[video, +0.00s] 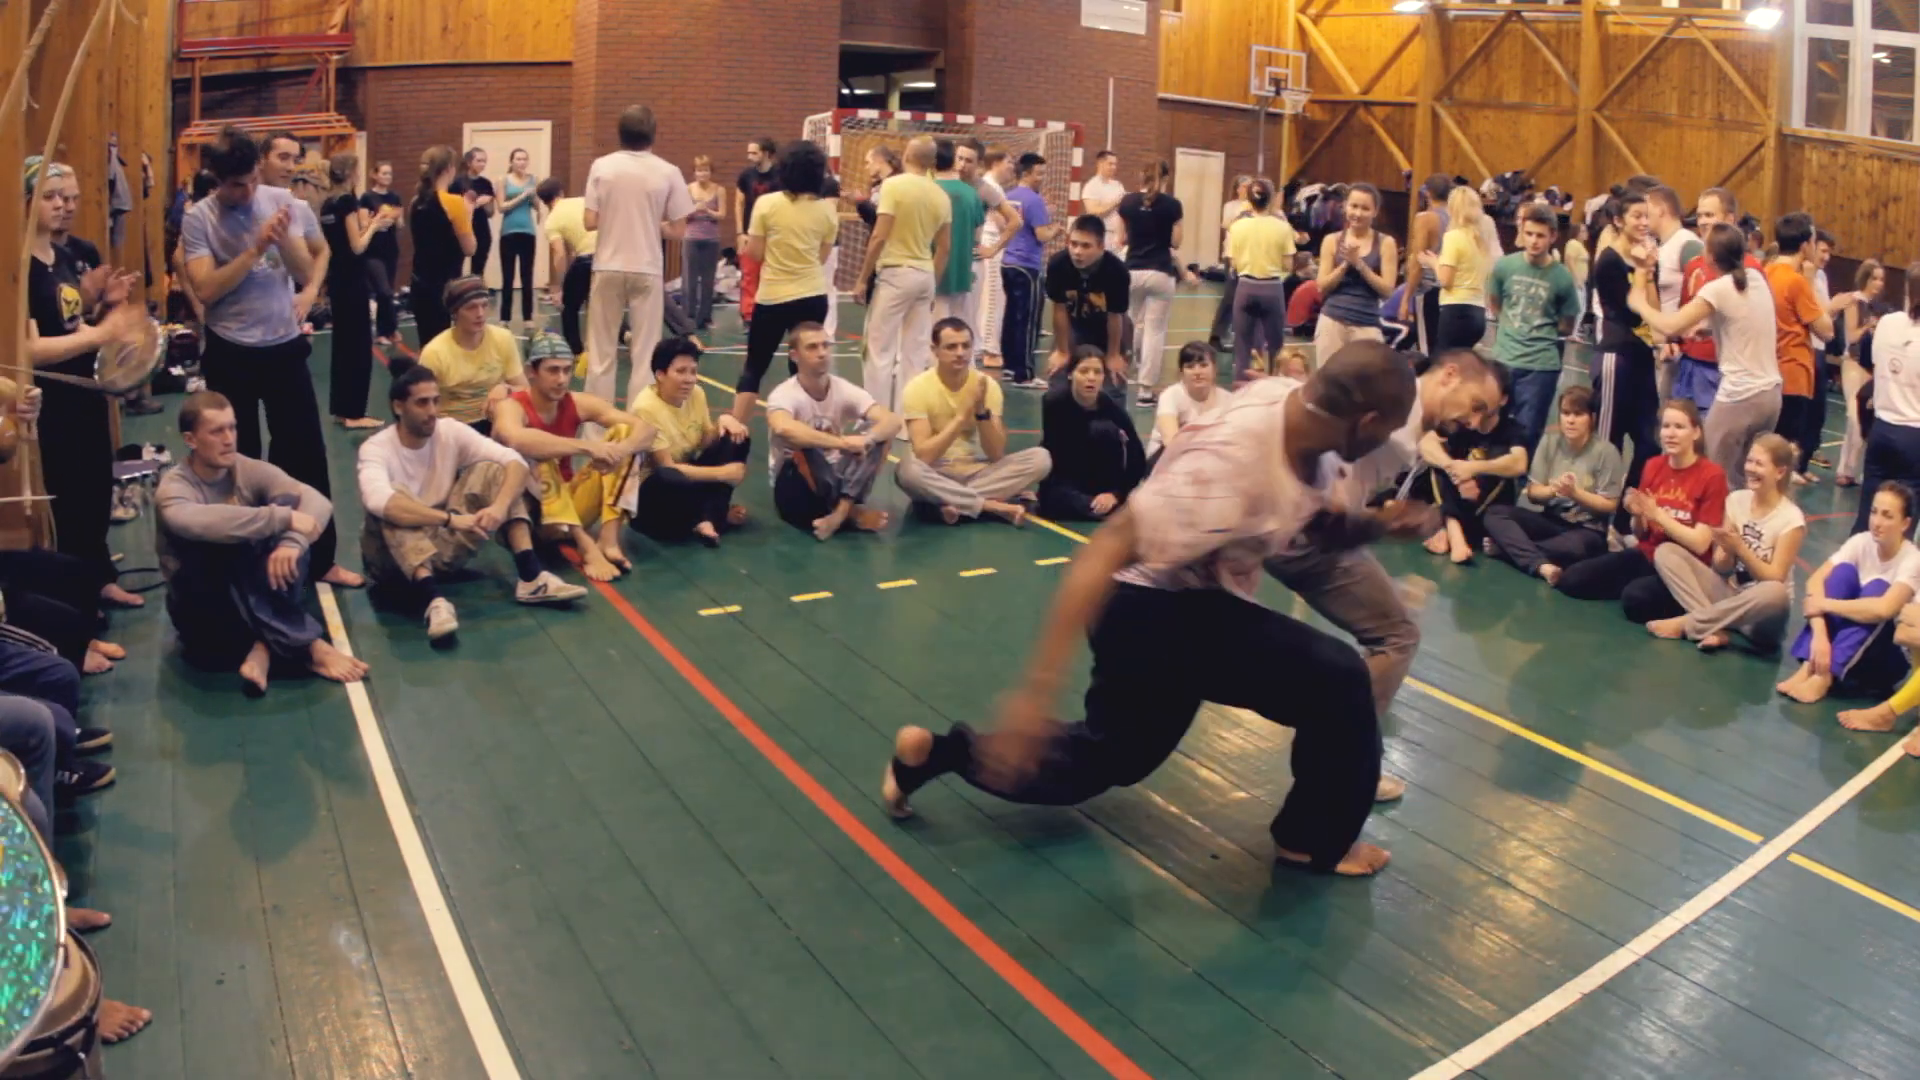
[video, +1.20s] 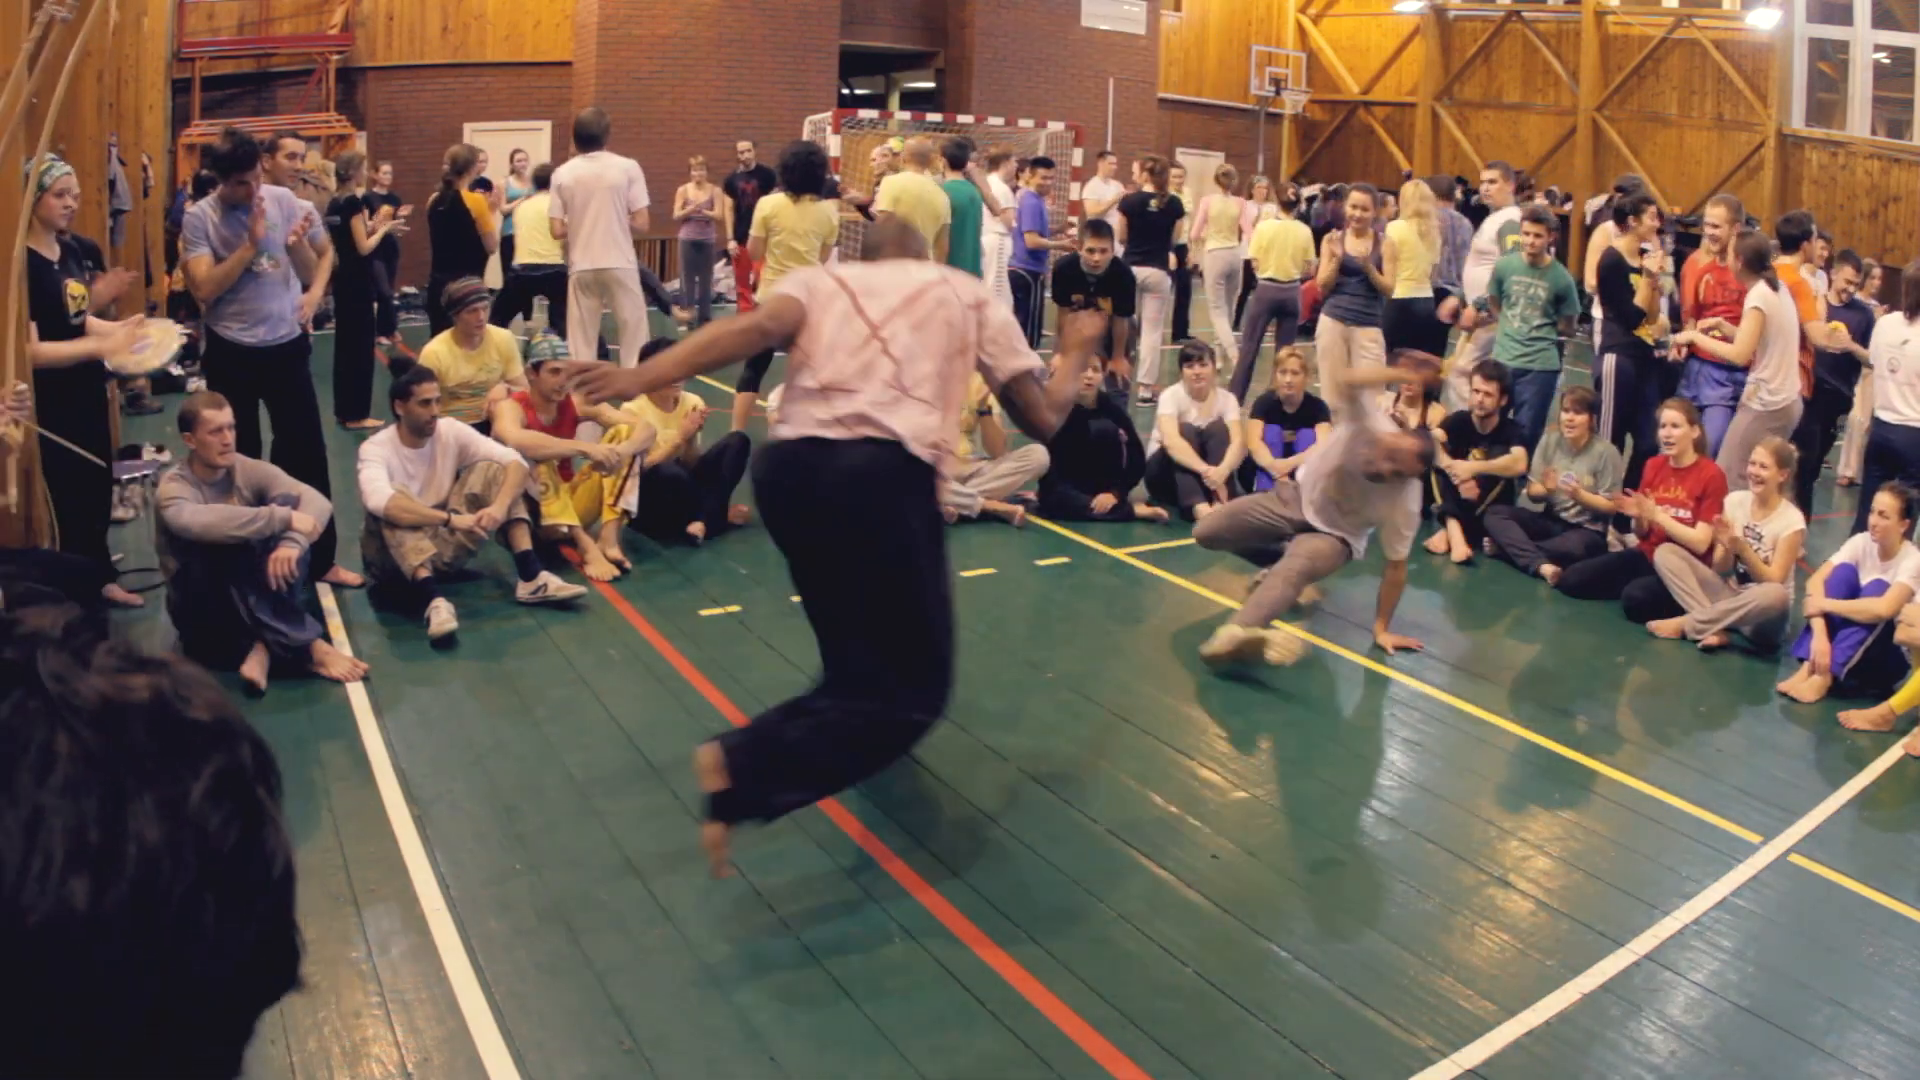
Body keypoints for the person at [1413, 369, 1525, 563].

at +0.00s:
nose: (1482, 406)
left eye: (1489, 403)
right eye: (1476, 403)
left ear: (1503, 400)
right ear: (1471, 394)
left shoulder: (1510, 429)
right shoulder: (1457, 421)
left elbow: (1519, 464)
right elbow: (1426, 444)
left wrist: (1473, 468)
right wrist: (1456, 472)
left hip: (1493, 508)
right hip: (1454, 502)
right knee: (1439, 465)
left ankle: (1446, 529)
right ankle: (1454, 530)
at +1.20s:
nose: (1479, 400)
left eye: (1487, 395)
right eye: (1475, 392)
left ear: (1503, 400)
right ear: (1469, 392)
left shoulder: (1511, 429)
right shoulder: (1457, 420)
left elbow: (1519, 464)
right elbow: (1432, 441)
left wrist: (1471, 468)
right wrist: (1459, 475)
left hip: (1491, 508)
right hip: (1454, 499)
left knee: (1501, 461)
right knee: (1435, 463)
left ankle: (1448, 528)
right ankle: (1454, 529)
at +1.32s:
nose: (1480, 400)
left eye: (1488, 395)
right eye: (1476, 392)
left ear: (1503, 400)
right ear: (1470, 392)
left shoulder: (1511, 428)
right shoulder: (1456, 421)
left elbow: (1519, 464)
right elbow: (1433, 448)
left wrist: (1474, 471)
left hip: (1496, 493)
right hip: (1457, 486)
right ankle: (1457, 537)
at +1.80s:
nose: (1480, 400)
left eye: (1488, 394)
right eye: (1476, 392)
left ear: (1503, 400)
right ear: (1470, 393)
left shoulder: (1511, 429)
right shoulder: (1458, 419)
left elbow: (1519, 464)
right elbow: (1425, 444)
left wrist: (1472, 468)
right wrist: (1455, 470)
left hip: (1496, 503)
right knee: (1436, 458)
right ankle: (1451, 523)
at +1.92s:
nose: (1480, 400)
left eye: (1488, 394)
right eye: (1476, 392)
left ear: (1503, 400)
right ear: (1470, 392)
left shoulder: (1512, 428)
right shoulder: (1460, 424)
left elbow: (1519, 465)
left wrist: (1473, 471)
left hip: (1495, 506)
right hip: (1455, 498)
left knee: (1501, 471)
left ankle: (1447, 530)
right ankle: (1455, 533)